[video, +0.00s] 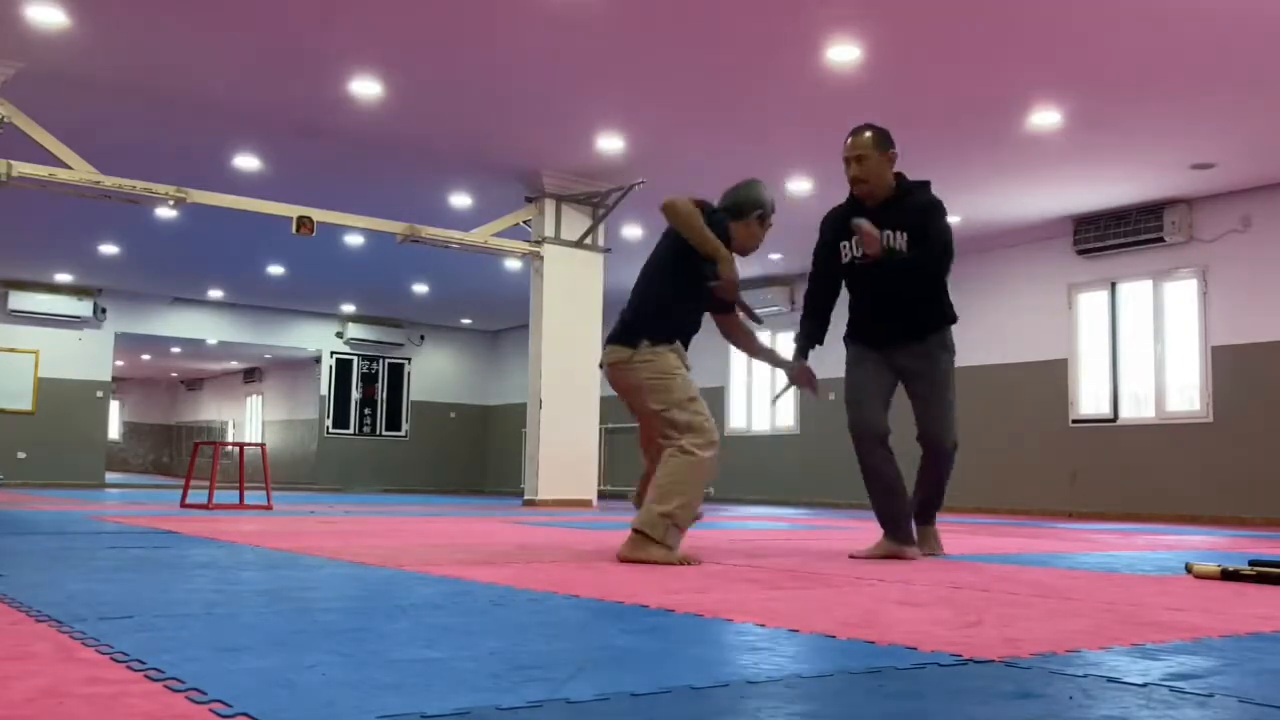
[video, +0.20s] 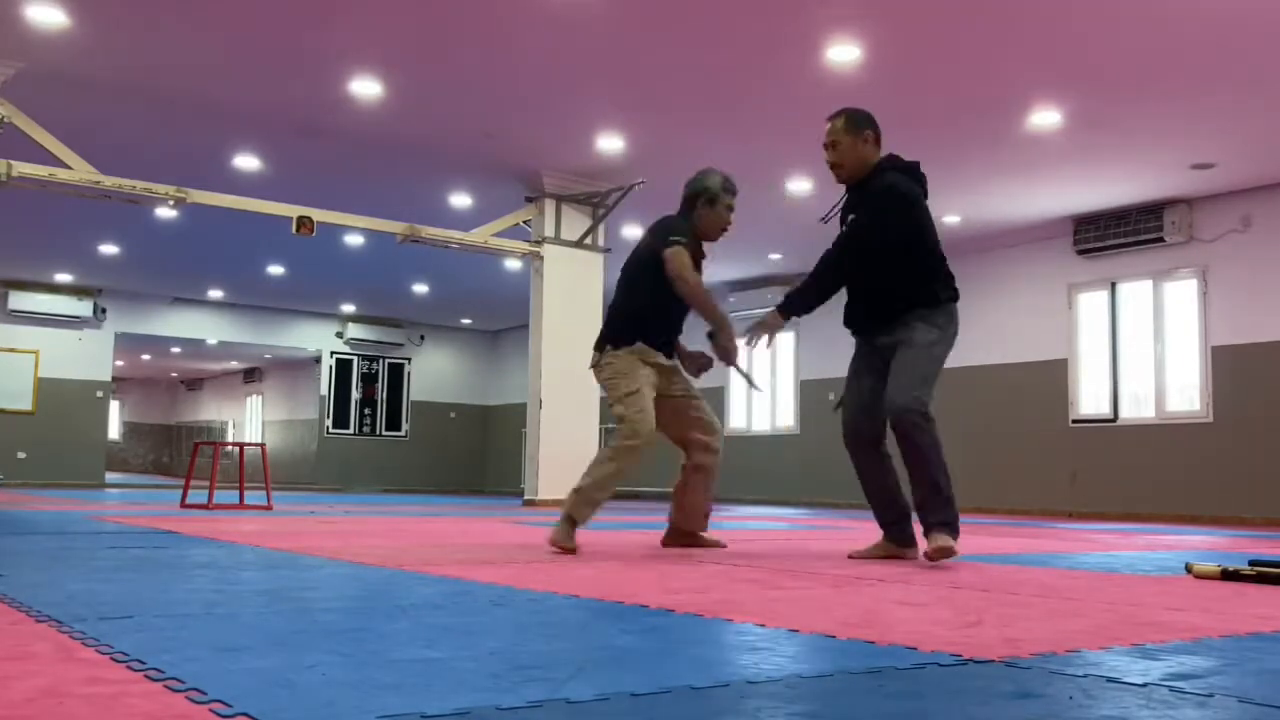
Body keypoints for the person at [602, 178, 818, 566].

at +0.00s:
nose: (763, 238)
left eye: (766, 229)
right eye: (764, 227)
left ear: (739, 217)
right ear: (750, 218)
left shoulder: (711, 262)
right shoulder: (709, 220)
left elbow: (735, 331)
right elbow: (673, 207)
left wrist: (787, 365)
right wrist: (723, 257)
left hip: (637, 353)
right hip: (645, 352)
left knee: (665, 446)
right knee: (699, 439)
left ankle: (653, 537)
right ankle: (650, 540)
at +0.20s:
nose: (730, 221)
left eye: (732, 212)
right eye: (726, 210)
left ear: (704, 208)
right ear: (701, 205)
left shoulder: (690, 252)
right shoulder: (672, 230)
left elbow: (656, 313)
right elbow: (683, 280)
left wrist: (683, 353)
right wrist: (721, 327)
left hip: (659, 361)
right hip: (622, 355)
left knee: (706, 436)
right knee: (637, 433)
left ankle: (684, 528)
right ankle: (569, 520)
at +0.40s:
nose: (657, 202)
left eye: (660, 195)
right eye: (650, 193)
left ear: (656, 200)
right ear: (621, 194)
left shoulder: (647, 251)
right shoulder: (589, 233)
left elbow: (631, 313)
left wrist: (658, 306)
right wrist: (600, 338)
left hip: (635, 367)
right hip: (585, 368)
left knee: (688, 428)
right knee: (557, 456)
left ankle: (682, 523)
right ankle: (520, 532)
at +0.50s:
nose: (627, 195)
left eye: (631, 188)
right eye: (619, 187)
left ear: (632, 192)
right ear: (592, 188)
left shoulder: (635, 244)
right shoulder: (558, 233)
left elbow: (661, 305)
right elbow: (522, 283)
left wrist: (665, 267)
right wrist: (551, 316)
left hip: (618, 361)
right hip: (565, 363)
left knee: (666, 430)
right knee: (545, 449)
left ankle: (658, 518)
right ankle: (521, 528)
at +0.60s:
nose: (612, 193)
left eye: (617, 186)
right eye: (604, 184)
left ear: (621, 191)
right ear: (578, 185)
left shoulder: (626, 239)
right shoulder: (546, 230)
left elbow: (658, 289)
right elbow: (512, 278)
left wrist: (678, 287)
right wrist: (532, 305)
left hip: (612, 359)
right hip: (557, 359)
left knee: (648, 436)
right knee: (537, 445)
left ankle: (641, 522)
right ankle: (522, 526)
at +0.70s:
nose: (609, 194)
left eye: (614, 186)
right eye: (601, 184)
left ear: (618, 190)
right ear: (576, 184)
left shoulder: (622, 238)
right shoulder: (543, 225)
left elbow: (635, 299)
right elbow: (512, 273)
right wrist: (526, 305)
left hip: (608, 355)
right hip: (553, 356)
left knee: (644, 436)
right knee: (534, 442)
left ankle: (649, 521)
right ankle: (522, 525)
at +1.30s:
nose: (637, 214)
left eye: (641, 206)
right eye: (634, 204)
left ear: (624, 202)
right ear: (608, 197)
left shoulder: (614, 241)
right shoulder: (578, 222)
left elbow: (610, 301)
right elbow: (614, 261)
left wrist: (628, 274)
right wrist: (671, 274)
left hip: (601, 357)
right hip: (554, 357)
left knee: (636, 436)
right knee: (538, 447)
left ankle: (652, 527)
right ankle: (515, 527)